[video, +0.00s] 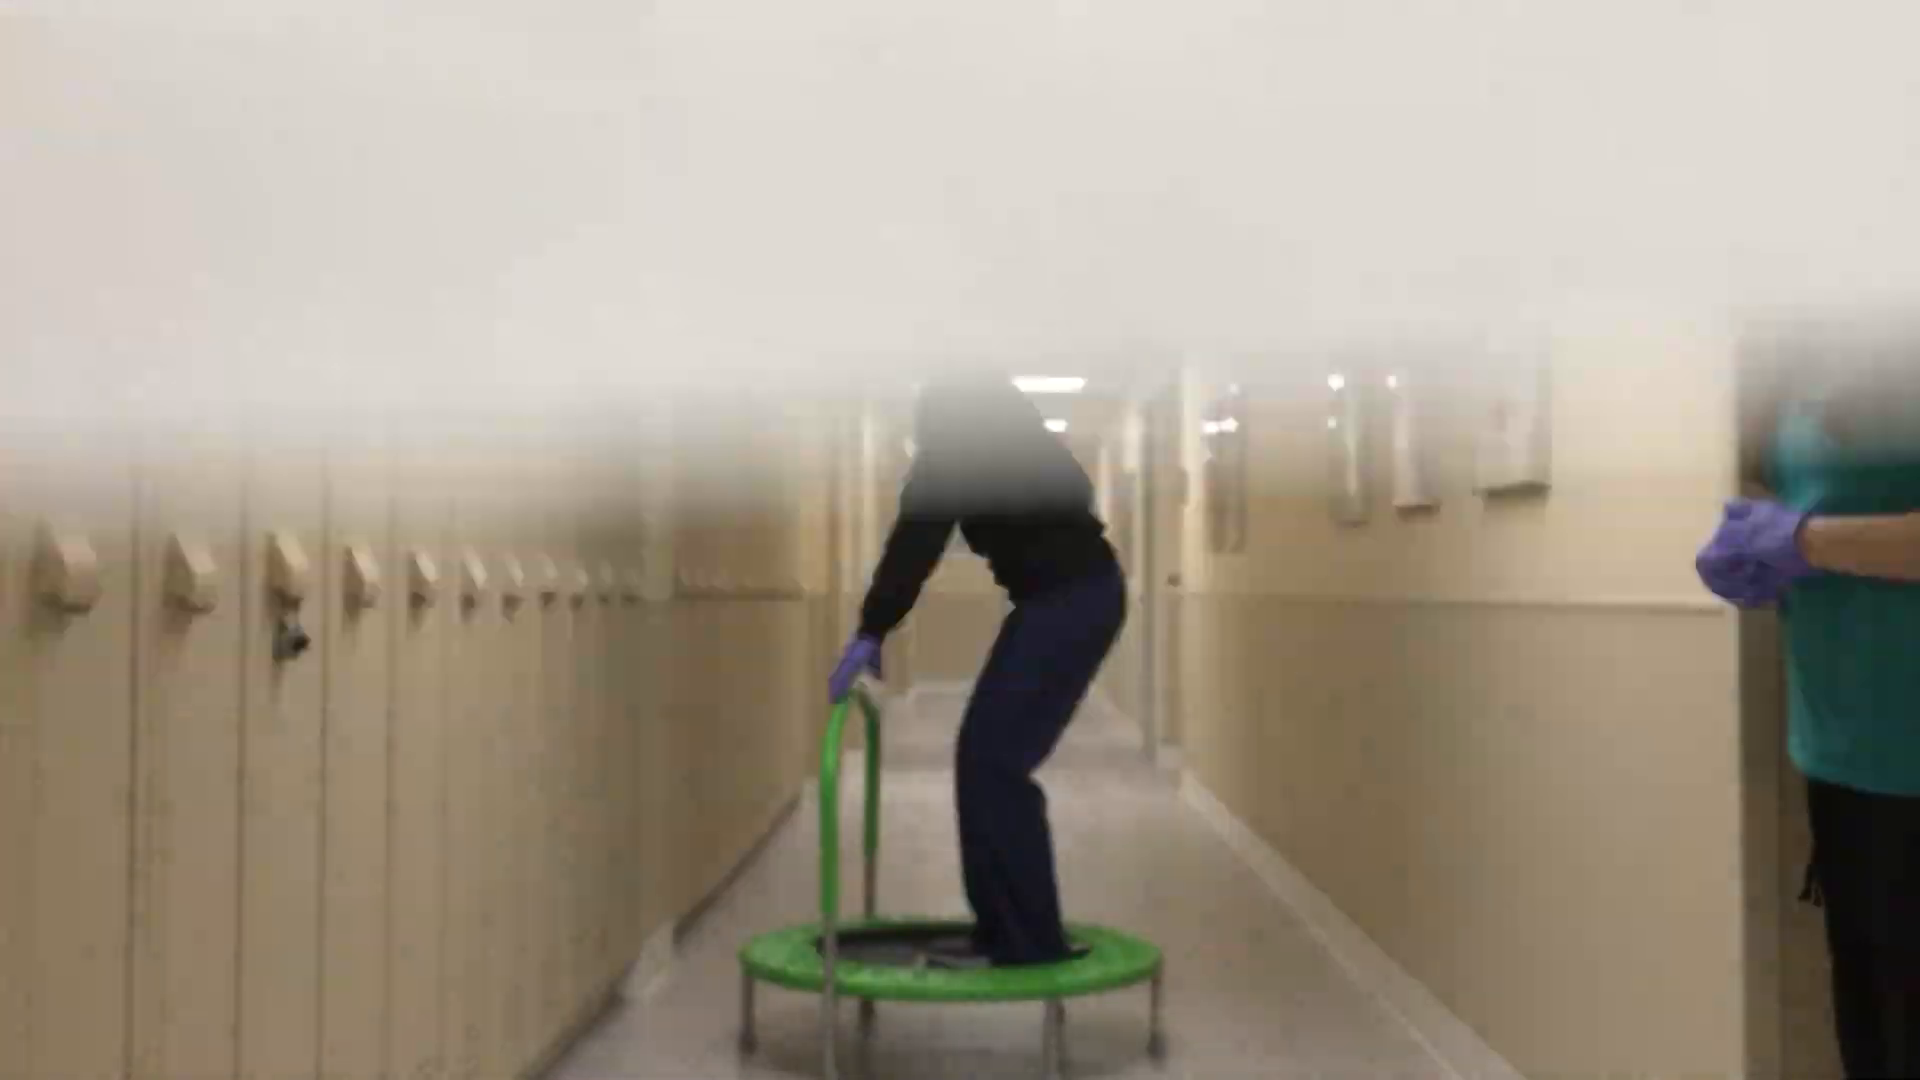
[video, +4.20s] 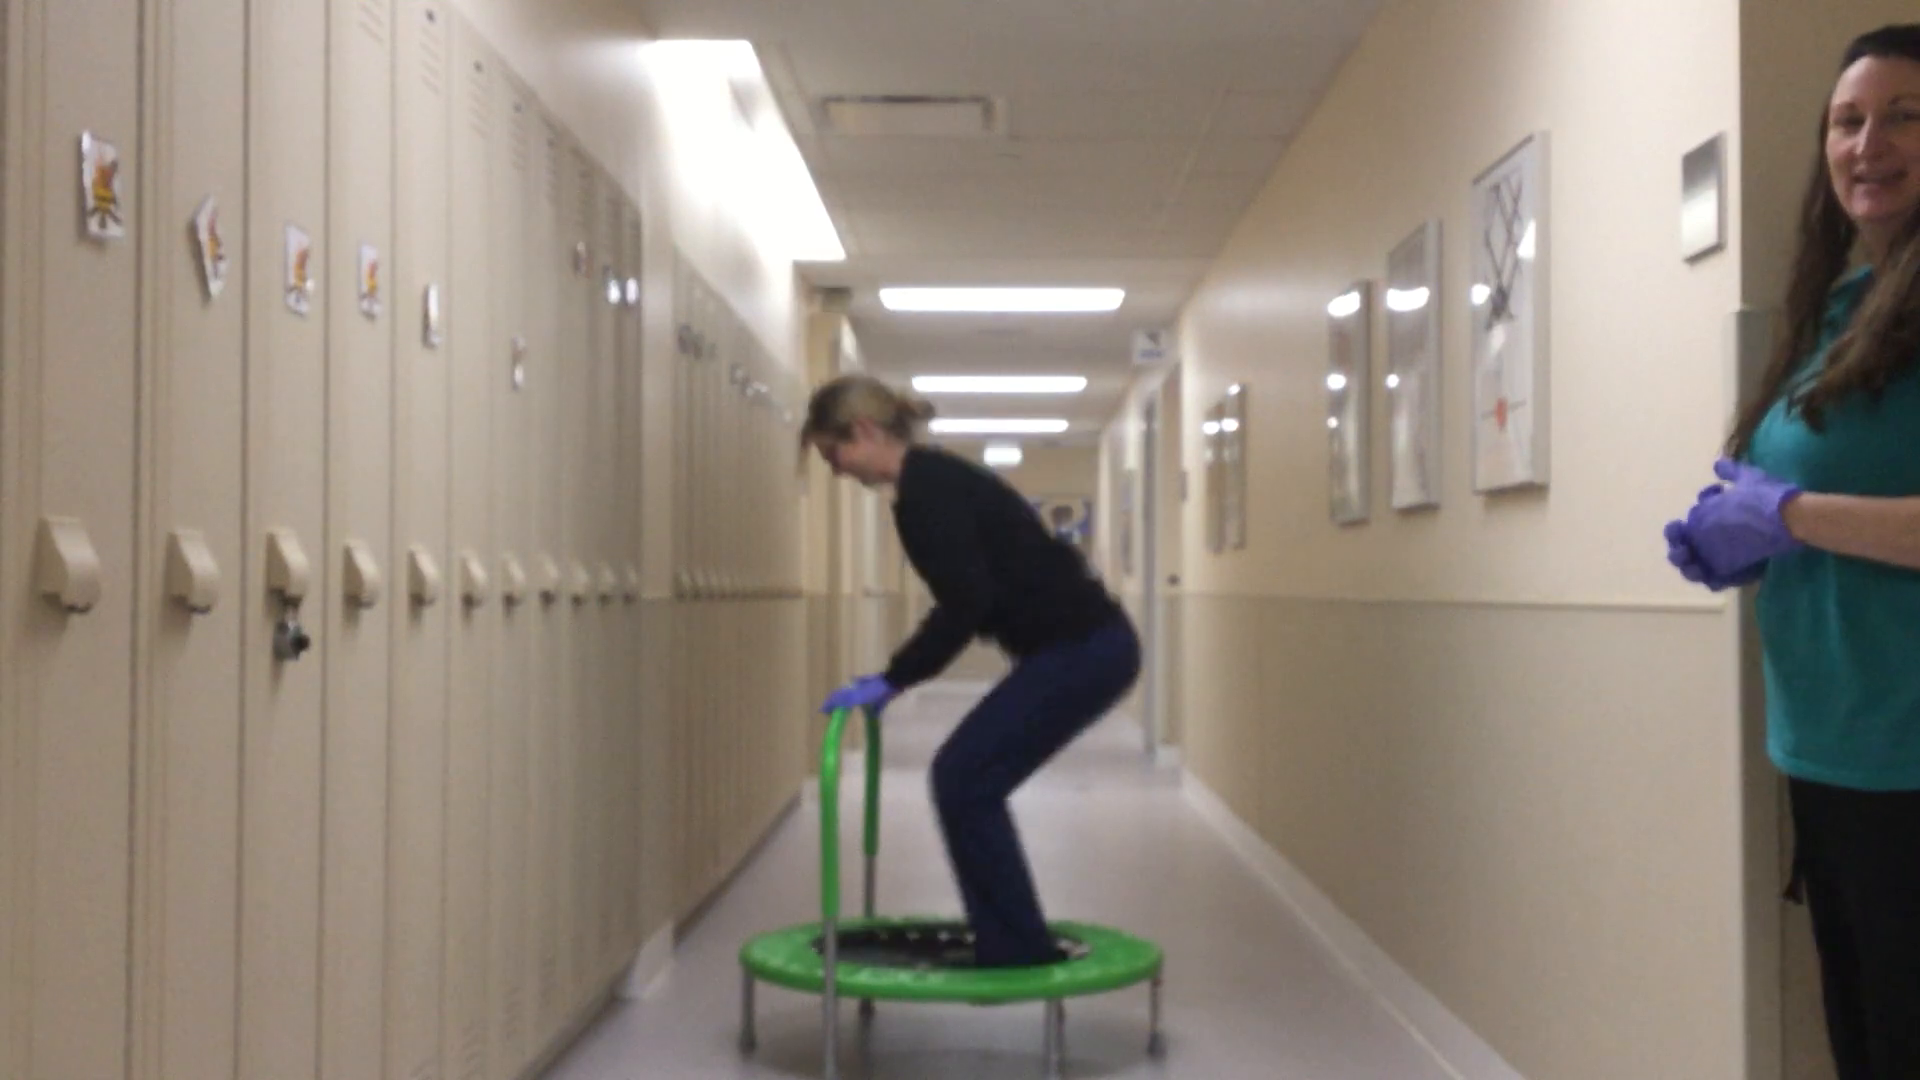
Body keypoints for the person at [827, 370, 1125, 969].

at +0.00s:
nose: (916, 428)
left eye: (923, 415)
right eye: (920, 417)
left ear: (938, 408)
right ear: (977, 395)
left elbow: (918, 538)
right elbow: (918, 537)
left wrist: (871, 633)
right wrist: (872, 631)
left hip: (1068, 602)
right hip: (1060, 599)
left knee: (993, 758)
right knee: (984, 754)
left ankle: (1027, 940)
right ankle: (1006, 930)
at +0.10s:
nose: (873, 339)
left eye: (883, 322)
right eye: (864, 329)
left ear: (927, 317)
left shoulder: (960, 398)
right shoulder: (944, 401)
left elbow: (930, 528)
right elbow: (925, 527)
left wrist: (879, 635)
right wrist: (881, 632)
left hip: (1077, 594)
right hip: (1056, 594)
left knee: (997, 757)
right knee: (986, 755)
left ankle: (1030, 941)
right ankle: (1006, 929)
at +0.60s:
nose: (835, 424)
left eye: (836, 406)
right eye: (829, 410)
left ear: (874, 393)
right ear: (882, 396)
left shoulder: (936, 455)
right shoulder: (929, 456)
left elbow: (922, 584)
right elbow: (920, 582)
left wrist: (860, 677)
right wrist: (862, 674)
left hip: (1092, 617)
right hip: (1073, 616)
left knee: (980, 756)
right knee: (968, 753)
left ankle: (1030, 940)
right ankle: (1003, 927)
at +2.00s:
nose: (750, 417)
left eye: (753, 400)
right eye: (747, 403)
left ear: (788, 394)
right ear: (798, 393)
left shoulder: (851, 443)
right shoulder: (862, 438)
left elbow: (873, 569)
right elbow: (894, 573)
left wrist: (854, 682)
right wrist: (861, 679)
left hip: (1061, 539)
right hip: (1060, 537)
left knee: (1014, 723)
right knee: (1012, 721)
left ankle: (1014, 919)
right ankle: (1011, 916)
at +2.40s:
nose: (776, 450)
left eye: (782, 434)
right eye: (774, 436)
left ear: (818, 432)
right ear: (820, 434)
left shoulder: (873, 491)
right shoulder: (870, 489)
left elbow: (911, 608)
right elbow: (908, 607)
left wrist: (857, 687)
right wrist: (858, 682)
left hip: (1061, 622)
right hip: (1056, 620)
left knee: (955, 766)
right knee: (956, 764)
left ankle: (998, 936)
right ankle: (996, 932)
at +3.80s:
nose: (824, 386)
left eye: (819, 368)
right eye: (815, 374)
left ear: (851, 346)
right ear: (856, 346)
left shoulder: (916, 398)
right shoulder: (918, 396)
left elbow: (908, 528)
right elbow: (909, 528)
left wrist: (879, 646)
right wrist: (880, 645)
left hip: (1087, 541)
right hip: (1083, 539)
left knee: (1006, 707)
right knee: (1006, 708)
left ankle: (1014, 909)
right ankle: (1005, 905)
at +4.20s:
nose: (839, 468)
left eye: (835, 452)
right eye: (830, 458)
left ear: (865, 430)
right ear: (868, 431)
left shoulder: (929, 487)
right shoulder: (924, 486)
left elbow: (966, 603)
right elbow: (962, 604)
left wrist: (891, 681)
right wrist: (891, 678)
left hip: (1087, 650)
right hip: (1076, 648)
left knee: (964, 775)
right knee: (961, 773)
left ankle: (1016, 946)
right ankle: (1012, 942)